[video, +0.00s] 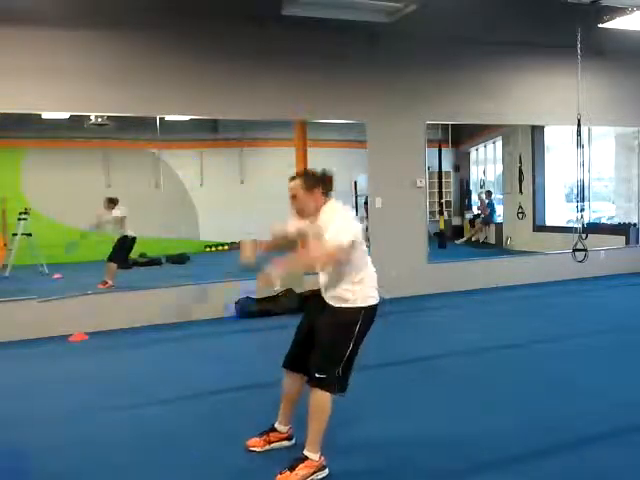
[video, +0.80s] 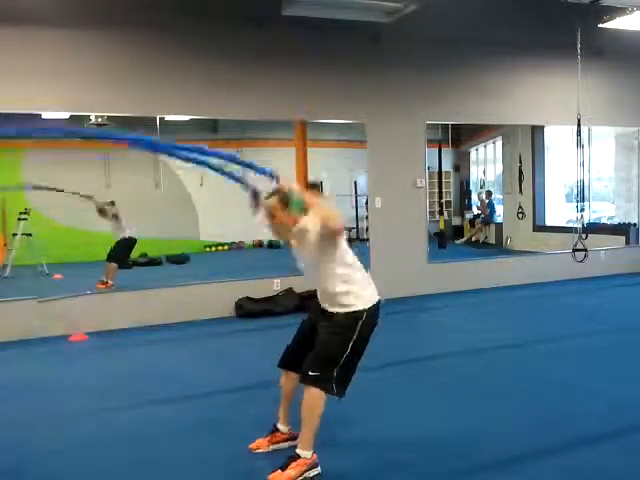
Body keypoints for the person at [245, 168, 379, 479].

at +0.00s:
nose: (292, 203)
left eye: (296, 197)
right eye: (291, 197)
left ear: (318, 194)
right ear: (308, 196)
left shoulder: (340, 218)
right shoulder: (308, 219)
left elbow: (332, 256)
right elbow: (285, 237)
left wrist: (286, 266)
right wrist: (261, 247)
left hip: (355, 301)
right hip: (328, 296)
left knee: (321, 378)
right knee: (295, 365)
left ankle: (313, 459)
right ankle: (282, 430)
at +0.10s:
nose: (305, 191)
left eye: (312, 185)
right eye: (304, 184)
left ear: (328, 181)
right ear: (308, 181)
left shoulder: (344, 201)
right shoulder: (313, 206)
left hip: (354, 299)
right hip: (327, 294)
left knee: (321, 374)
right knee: (294, 363)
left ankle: (314, 455)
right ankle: (283, 428)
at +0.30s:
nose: (253, 248)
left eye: (257, 241)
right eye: (253, 241)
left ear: (276, 241)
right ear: (274, 241)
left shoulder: (303, 260)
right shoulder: (279, 262)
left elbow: (311, 303)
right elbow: (262, 292)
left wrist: (270, 301)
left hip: (357, 315)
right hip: (326, 314)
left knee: (313, 379)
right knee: (287, 365)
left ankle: (306, 459)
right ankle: (279, 432)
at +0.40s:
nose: (253, 258)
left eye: (256, 252)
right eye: (252, 252)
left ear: (275, 252)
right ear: (273, 253)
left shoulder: (301, 277)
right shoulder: (280, 276)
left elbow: (315, 337)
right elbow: (279, 315)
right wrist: (268, 348)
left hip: (359, 316)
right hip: (329, 314)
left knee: (312, 383)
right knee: (288, 370)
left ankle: (305, 459)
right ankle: (280, 432)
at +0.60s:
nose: (297, 200)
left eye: (300, 194)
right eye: (295, 195)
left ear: (320, 190)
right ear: (308, 194)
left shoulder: (338, 207)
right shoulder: (309, 210)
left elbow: (313, 223)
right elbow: (281, 216)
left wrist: (270, 229)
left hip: (356, 302)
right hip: (330, 296)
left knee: (320, 379)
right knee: (296, 366)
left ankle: (309, 458)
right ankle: (282, 429)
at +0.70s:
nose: (292, 203)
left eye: (295, 195)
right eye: (289, 197)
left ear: (313, 190)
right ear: (297, 196)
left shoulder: (339, 209)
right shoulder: (311, 220)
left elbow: (333, 175)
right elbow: (303, 261)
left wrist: (279, 171)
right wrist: (300, 227)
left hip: (356, 299)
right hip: (329, 297)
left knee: (319, 376)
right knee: (293, 365)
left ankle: (314, 456)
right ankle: (288, 428)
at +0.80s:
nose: (271, 224)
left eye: (274, 217)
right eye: (269, 218)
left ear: (290, 213)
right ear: (280, 215)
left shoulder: (315, 229)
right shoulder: (296, 234)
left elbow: (335, 225)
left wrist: (307, 198)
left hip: (354, 306)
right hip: (328, 303)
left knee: (315, 380)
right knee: (290, 369)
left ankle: (306, 456)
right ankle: (285, 429)